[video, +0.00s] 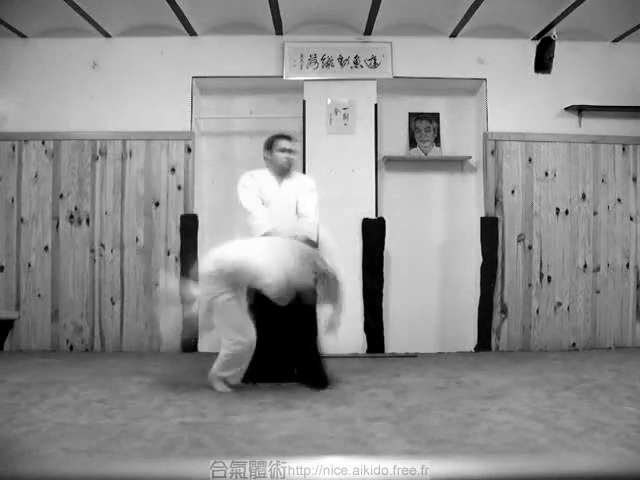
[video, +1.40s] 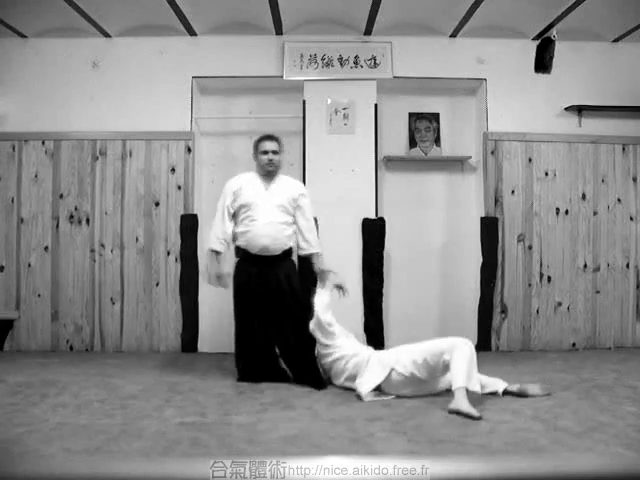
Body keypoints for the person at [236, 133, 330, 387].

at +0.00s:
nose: (288, 156)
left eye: (291, 152)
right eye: (282, 151)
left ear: (295, 155)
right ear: (268, 155)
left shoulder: (305, 182)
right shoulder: (251, 180)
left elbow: (310, 219)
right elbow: (254, 214)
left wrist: (304, 239)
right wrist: (274, 235)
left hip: (300, 249)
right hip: (264, 249)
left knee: (301, 311)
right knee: (267, 311)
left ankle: (307, 370)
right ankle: (266, 370)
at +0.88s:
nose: (279, 157)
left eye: (285, 153)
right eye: (274, 153)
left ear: (292, 157)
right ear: (266, 157)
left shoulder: (302, 190)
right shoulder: (248, 180)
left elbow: (311, 231)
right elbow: (230, 206)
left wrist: (317, 268)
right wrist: (242, 234)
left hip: (286, 262)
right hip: (252, 262)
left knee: (291, 323)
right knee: (254, 323)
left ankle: (309, 377)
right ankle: (257, 374)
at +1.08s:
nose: (281, 158)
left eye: (286, 153)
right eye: (276, 153)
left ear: (294, 158)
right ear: (267, 156)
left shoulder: (304, 190)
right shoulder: (248, 181)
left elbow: (313, 233)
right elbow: (224, 214)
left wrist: (318, 271)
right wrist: (209, 252)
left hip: (286, 264)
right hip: (251, 263)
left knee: (293, 323)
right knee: (252, 322)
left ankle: (309, 377)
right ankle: (255, 373)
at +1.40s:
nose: (270, 157)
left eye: (275, 153)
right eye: (264, 153)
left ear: (282, 156)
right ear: (255, 157)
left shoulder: (294, 188)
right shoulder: (237, 185)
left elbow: (307, 230)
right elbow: (222, 223)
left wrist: (318, 267)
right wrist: (215, 260)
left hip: (283, 263)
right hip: (249, 263)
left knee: (292, 322)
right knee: (250, 322)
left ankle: (307, 376)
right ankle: (254, 374)